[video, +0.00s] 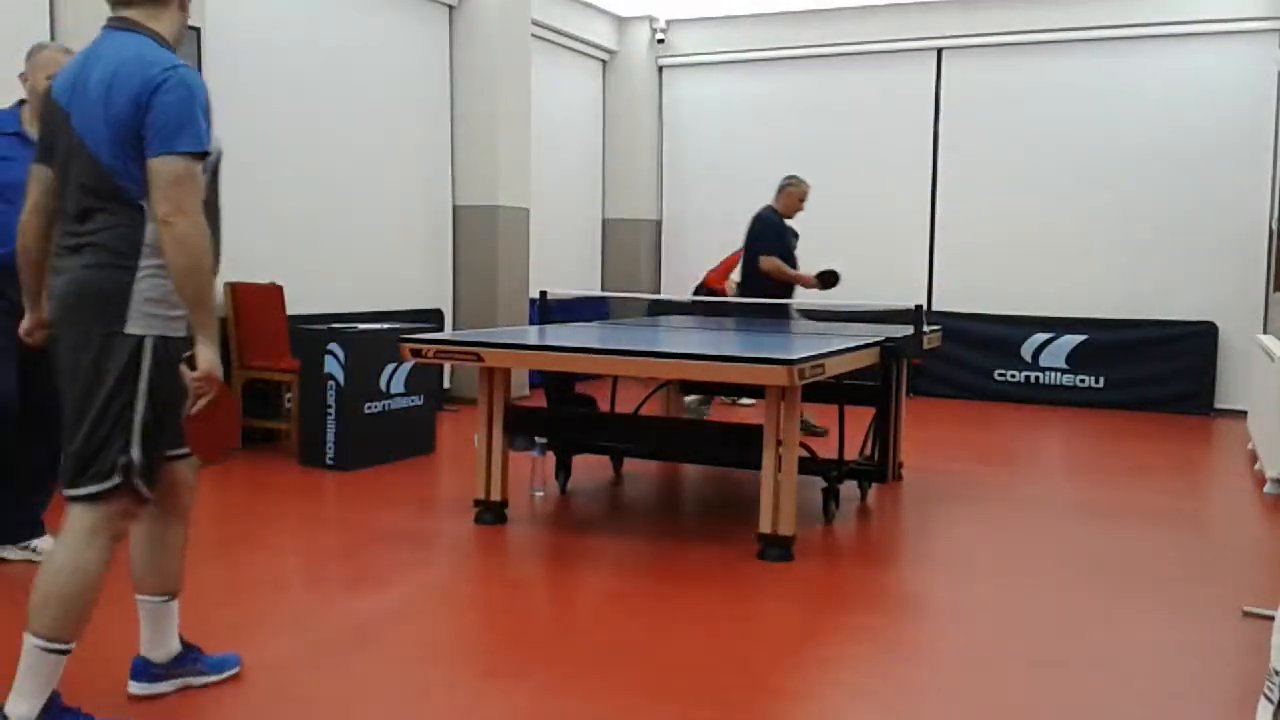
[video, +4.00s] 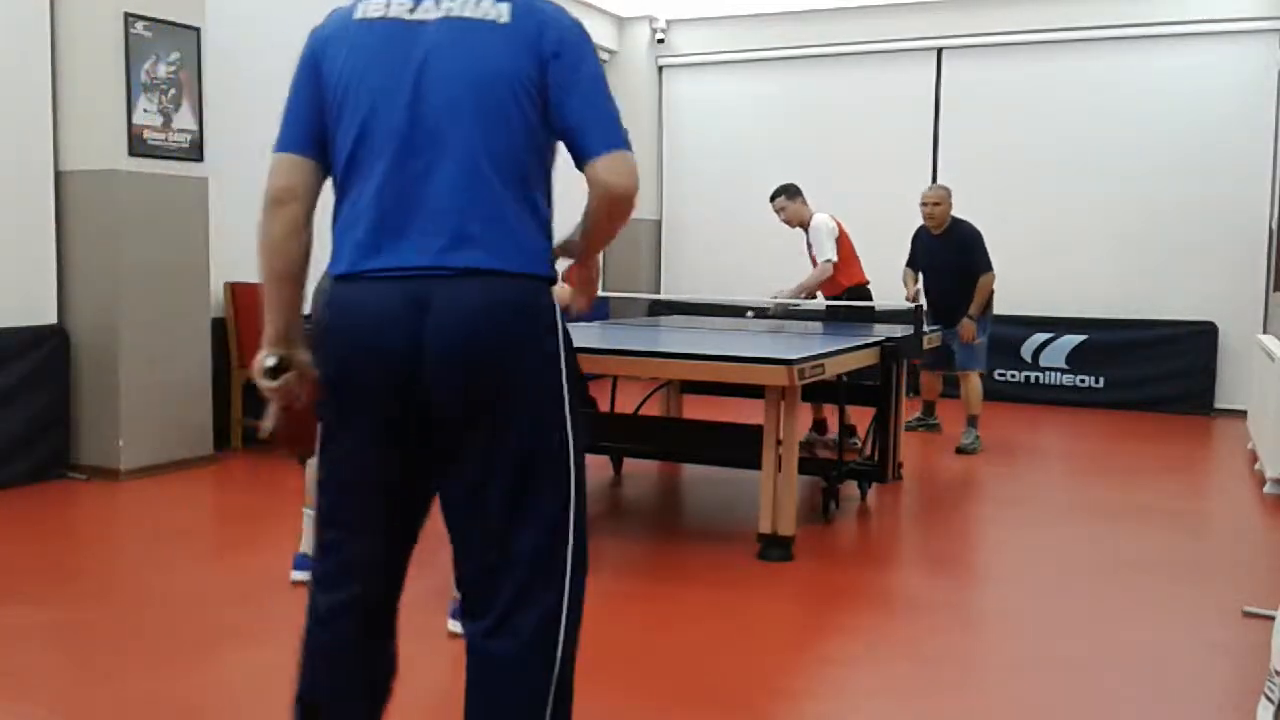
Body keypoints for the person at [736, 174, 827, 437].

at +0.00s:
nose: (802, 207)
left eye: (803, 202)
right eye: (800, 201)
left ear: (790, 197)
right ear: (785, 194)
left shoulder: (780, 224)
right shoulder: (767, 220)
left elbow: (779, 264)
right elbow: (767, 263)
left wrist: (804, 279)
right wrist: (801, 279)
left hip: (774, 307)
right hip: (760, 308)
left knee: (786, 363)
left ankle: (793, 414)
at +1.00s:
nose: (939, 199)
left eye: (946, 193)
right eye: (936, 193)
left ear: (963, 193)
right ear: (933, 193)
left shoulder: (983, 226)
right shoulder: (923, 222)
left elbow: (1000, 269)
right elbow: (898, 260)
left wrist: (985, 302)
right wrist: (913, 273)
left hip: (966, 313)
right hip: (925, 312)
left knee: (983, 372)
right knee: (901, 372)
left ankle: (988, 434)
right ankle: (881, 436)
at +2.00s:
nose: (966, 199)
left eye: (971, 193)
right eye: (964, 194)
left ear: (989, 191)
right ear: (963, 193)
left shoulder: (1006, 219)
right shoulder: (962, 221)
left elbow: (1000, 251)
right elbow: (945, 246)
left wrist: (958, 251)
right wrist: (934, 255)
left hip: (994, 308)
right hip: (966, 307)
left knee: (971, 365)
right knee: (987, 367)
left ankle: (963, 424)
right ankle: (1011, 423)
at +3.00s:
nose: (913, 195)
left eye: (920, 189)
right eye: (908, 190)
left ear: (933, 192)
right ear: (902, 195)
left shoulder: (954, 220)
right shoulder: (900, 228)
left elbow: (978, 255)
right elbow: (887, 261)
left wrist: (970, 291)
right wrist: (890, 269)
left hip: (950, 306)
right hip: (914, 307)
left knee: (956, 364)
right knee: (909, 363)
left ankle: (966, 424)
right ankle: (909, 418)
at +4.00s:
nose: (929, 211)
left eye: (936, 205)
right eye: (924, 205)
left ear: (949, 206)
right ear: (920, 207)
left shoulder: (967, 234)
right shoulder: (921, 235)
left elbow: (987, 277)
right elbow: (910, 268)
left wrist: (971, 317)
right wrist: (911, 286)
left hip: (968, 315)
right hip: (936, 314)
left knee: (968, 371)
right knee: (929, 366)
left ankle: (972, 430)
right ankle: (927, 415)